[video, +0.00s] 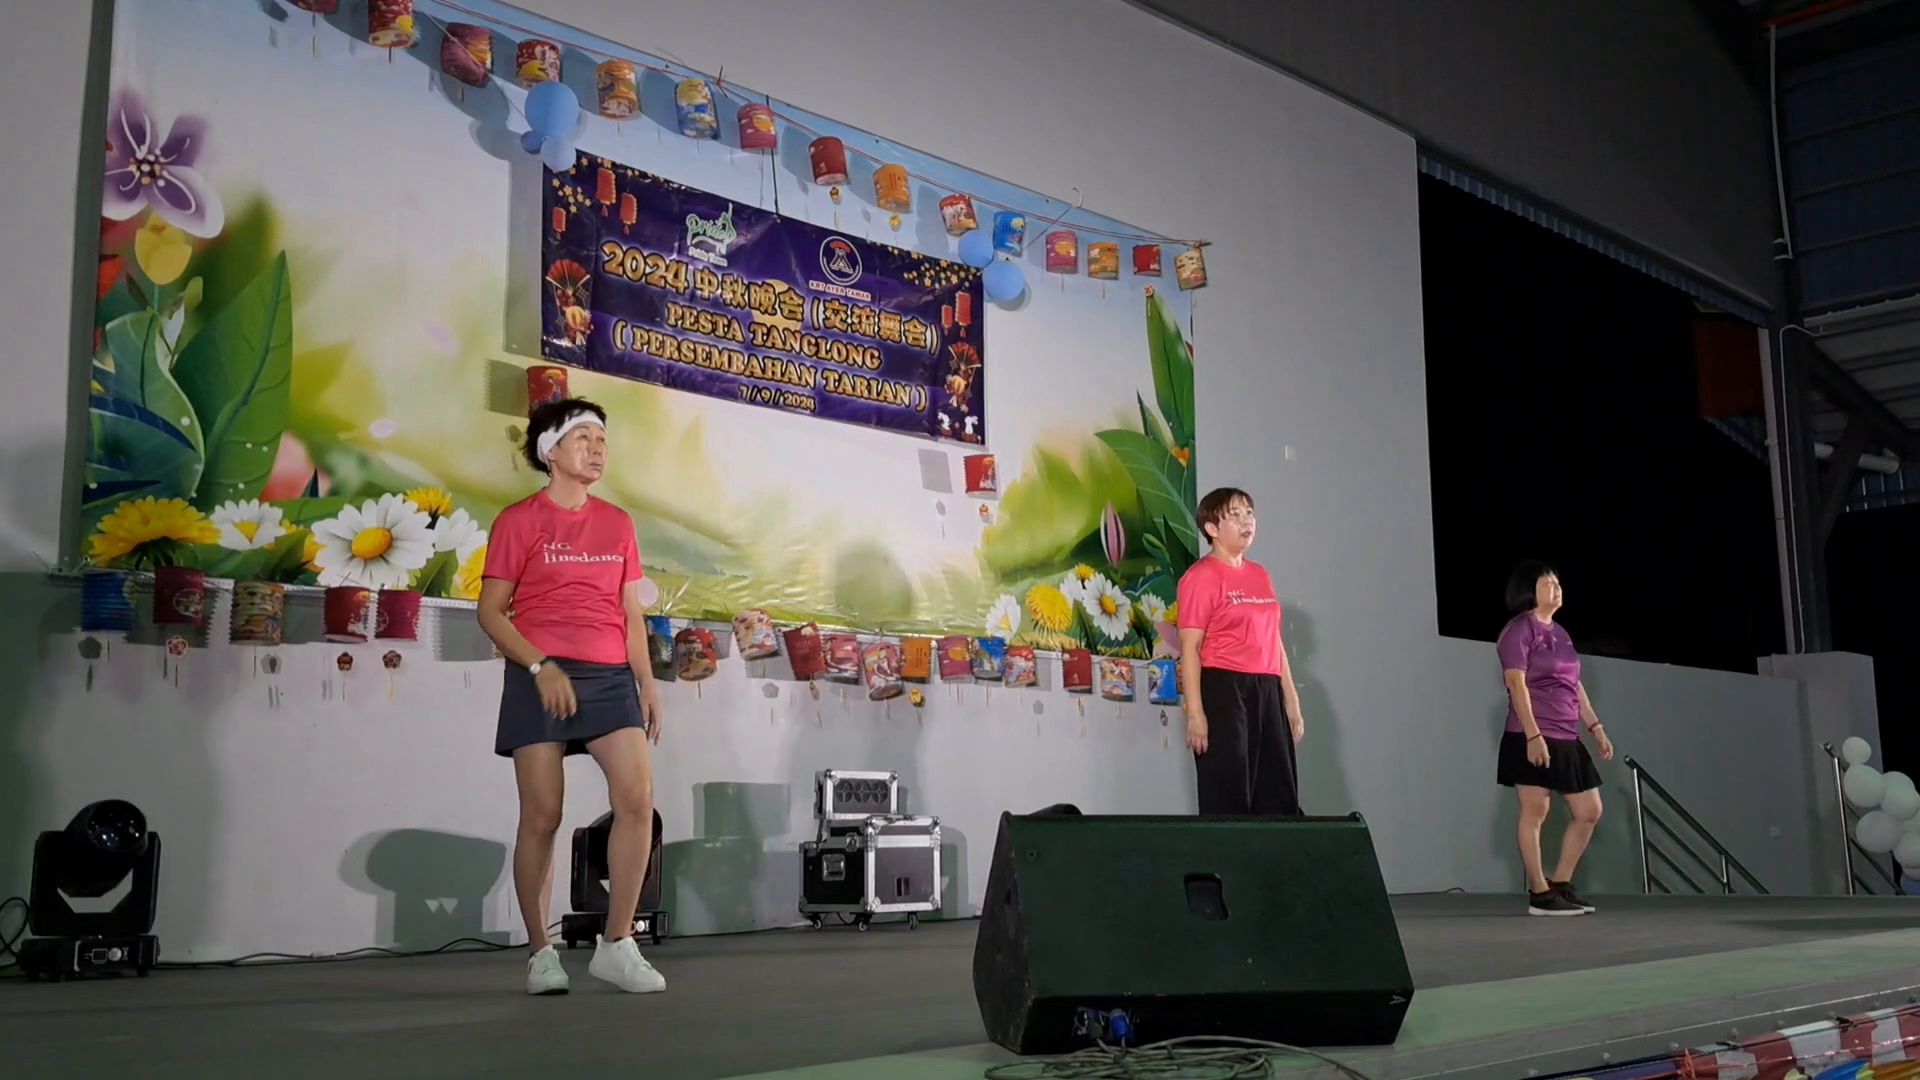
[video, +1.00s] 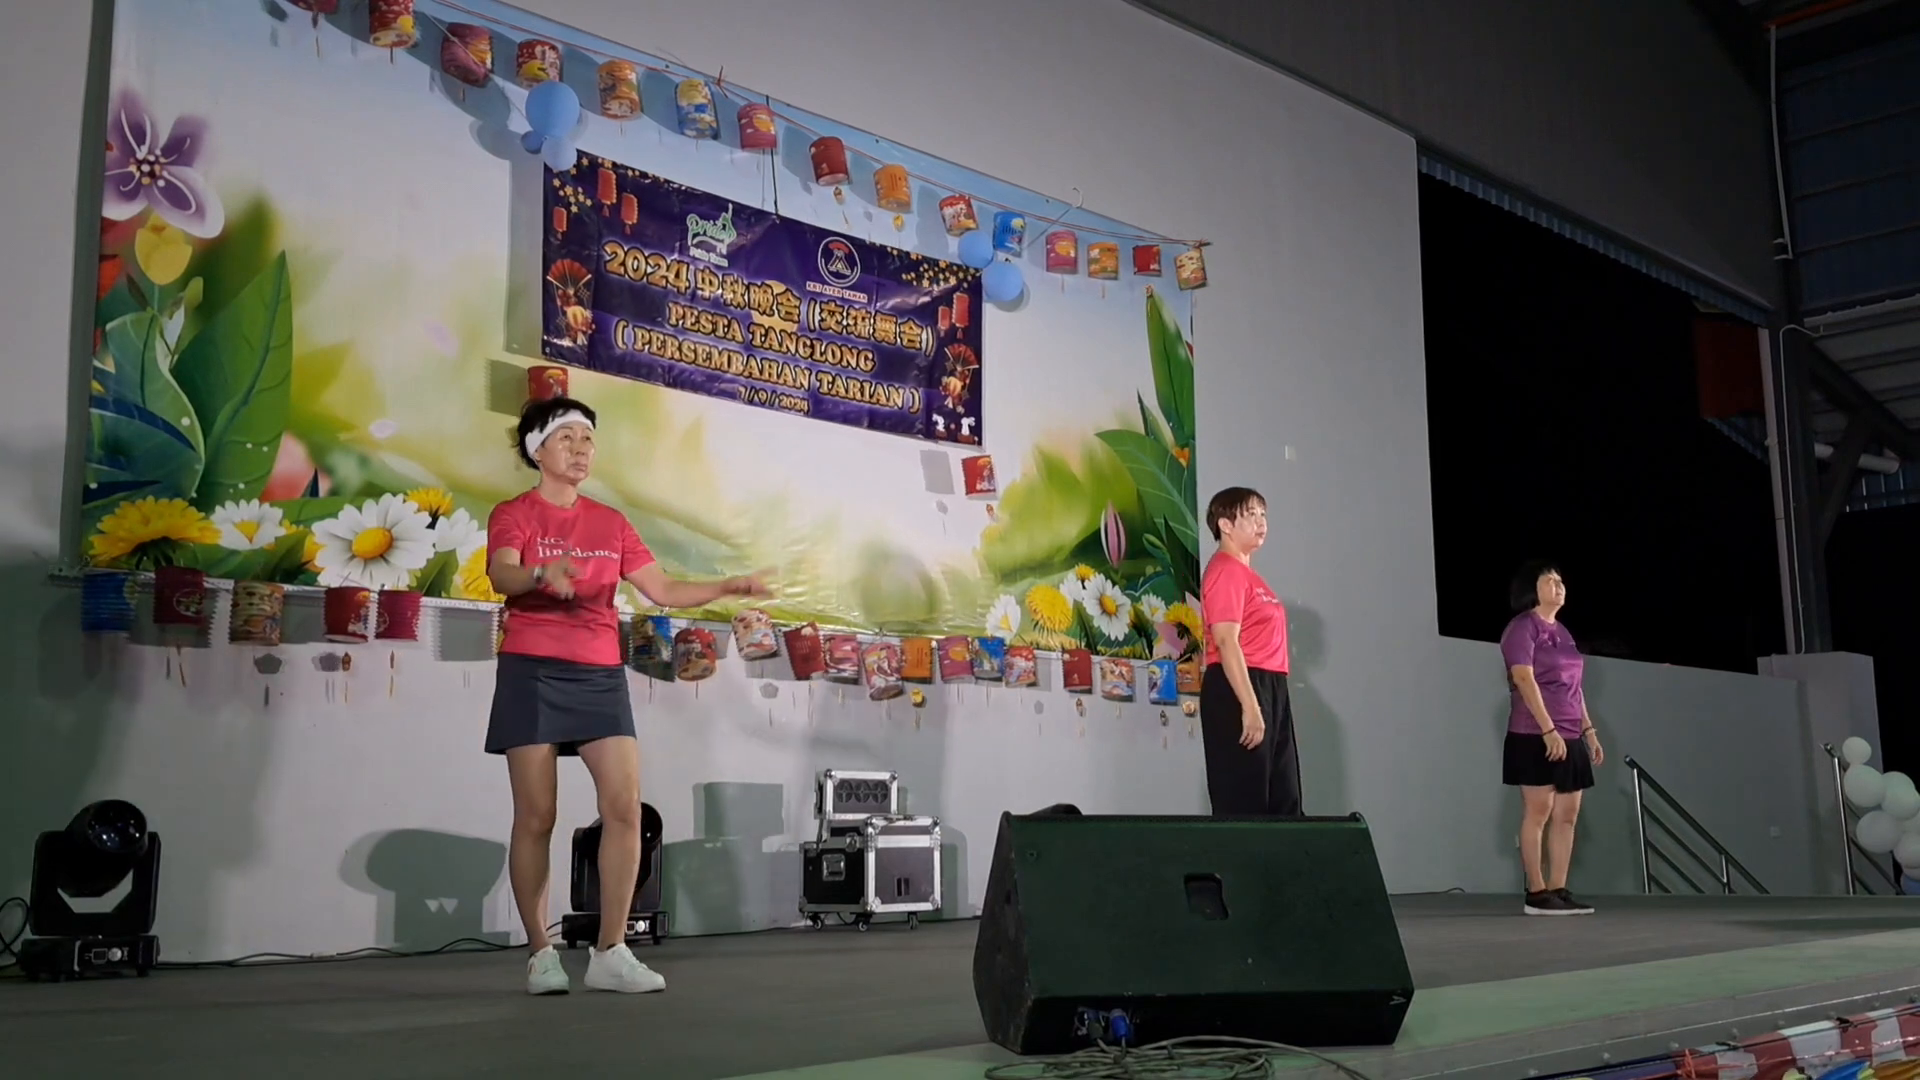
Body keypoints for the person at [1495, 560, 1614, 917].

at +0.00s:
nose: (1556, 589)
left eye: (1557, 583)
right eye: (1548, 583)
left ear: (1558, 592)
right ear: (1530, 591)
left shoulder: (1562, 635)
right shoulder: (1518, 632)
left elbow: (1575, 687)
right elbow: (1516, 687)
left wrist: (1596, 728)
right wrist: (1533, 736)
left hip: (1567, 740)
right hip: (1529, 738)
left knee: (1589, 811)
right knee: (1534, 810)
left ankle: (1560, 886)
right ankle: (1540, 892)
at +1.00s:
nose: (1558, 586)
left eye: (1560, 581)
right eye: (1549, 581)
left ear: (1563, 592)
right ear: (1532, 589)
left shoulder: (1564, 634)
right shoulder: (1522, 628)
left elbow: (1573, 687)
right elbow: (1524, 681)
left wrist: (1588, 731)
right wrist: (1549, 730)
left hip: (1570, 737)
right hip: (1534, 735)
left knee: (1567, 815)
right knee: (1537, 811)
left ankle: (1558, 890)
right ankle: (1537, 892)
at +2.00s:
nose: (1552, 588)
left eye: (1554, 583)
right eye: (1543, 583)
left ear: (1558, 592)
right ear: (1527, 592)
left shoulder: (1559, 633)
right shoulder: (1521, 628)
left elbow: (1570, 688)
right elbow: (1522, 681)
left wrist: (1586, 733)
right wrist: (1550, 729)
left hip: (1571, 737)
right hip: (1537, 735)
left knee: (1564, 814)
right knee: (1542, 810)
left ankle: (1555, 891)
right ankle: (1536, 892)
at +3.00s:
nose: (1540, 586)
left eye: (1546, 582)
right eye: (1532, 582)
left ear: (1555, 594)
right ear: (1519, 594)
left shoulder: (1570, 636)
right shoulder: (1504, 631)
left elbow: (1592, 679)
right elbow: (1494, 679)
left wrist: (1619, 722)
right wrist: (1510, 724)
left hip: (1559, 738)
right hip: (1518, 735)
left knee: (1564, 812)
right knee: (1528, 810)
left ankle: (1554, 892)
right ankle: (1521, 890)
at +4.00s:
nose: (1497, 604)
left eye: (1503, 598)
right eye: (1489, 598)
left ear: (1510, 604)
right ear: (1474, 604)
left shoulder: (1523, 636)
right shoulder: (1466, 644)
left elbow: (1531, 683)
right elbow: (1450, 678)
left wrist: (1483, 704)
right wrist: (1427, 703)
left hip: (1534, 739)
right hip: (1484, 744)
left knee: (1572, 807)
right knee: (1488, 817)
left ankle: (1593, 886)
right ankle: (1492, 893)